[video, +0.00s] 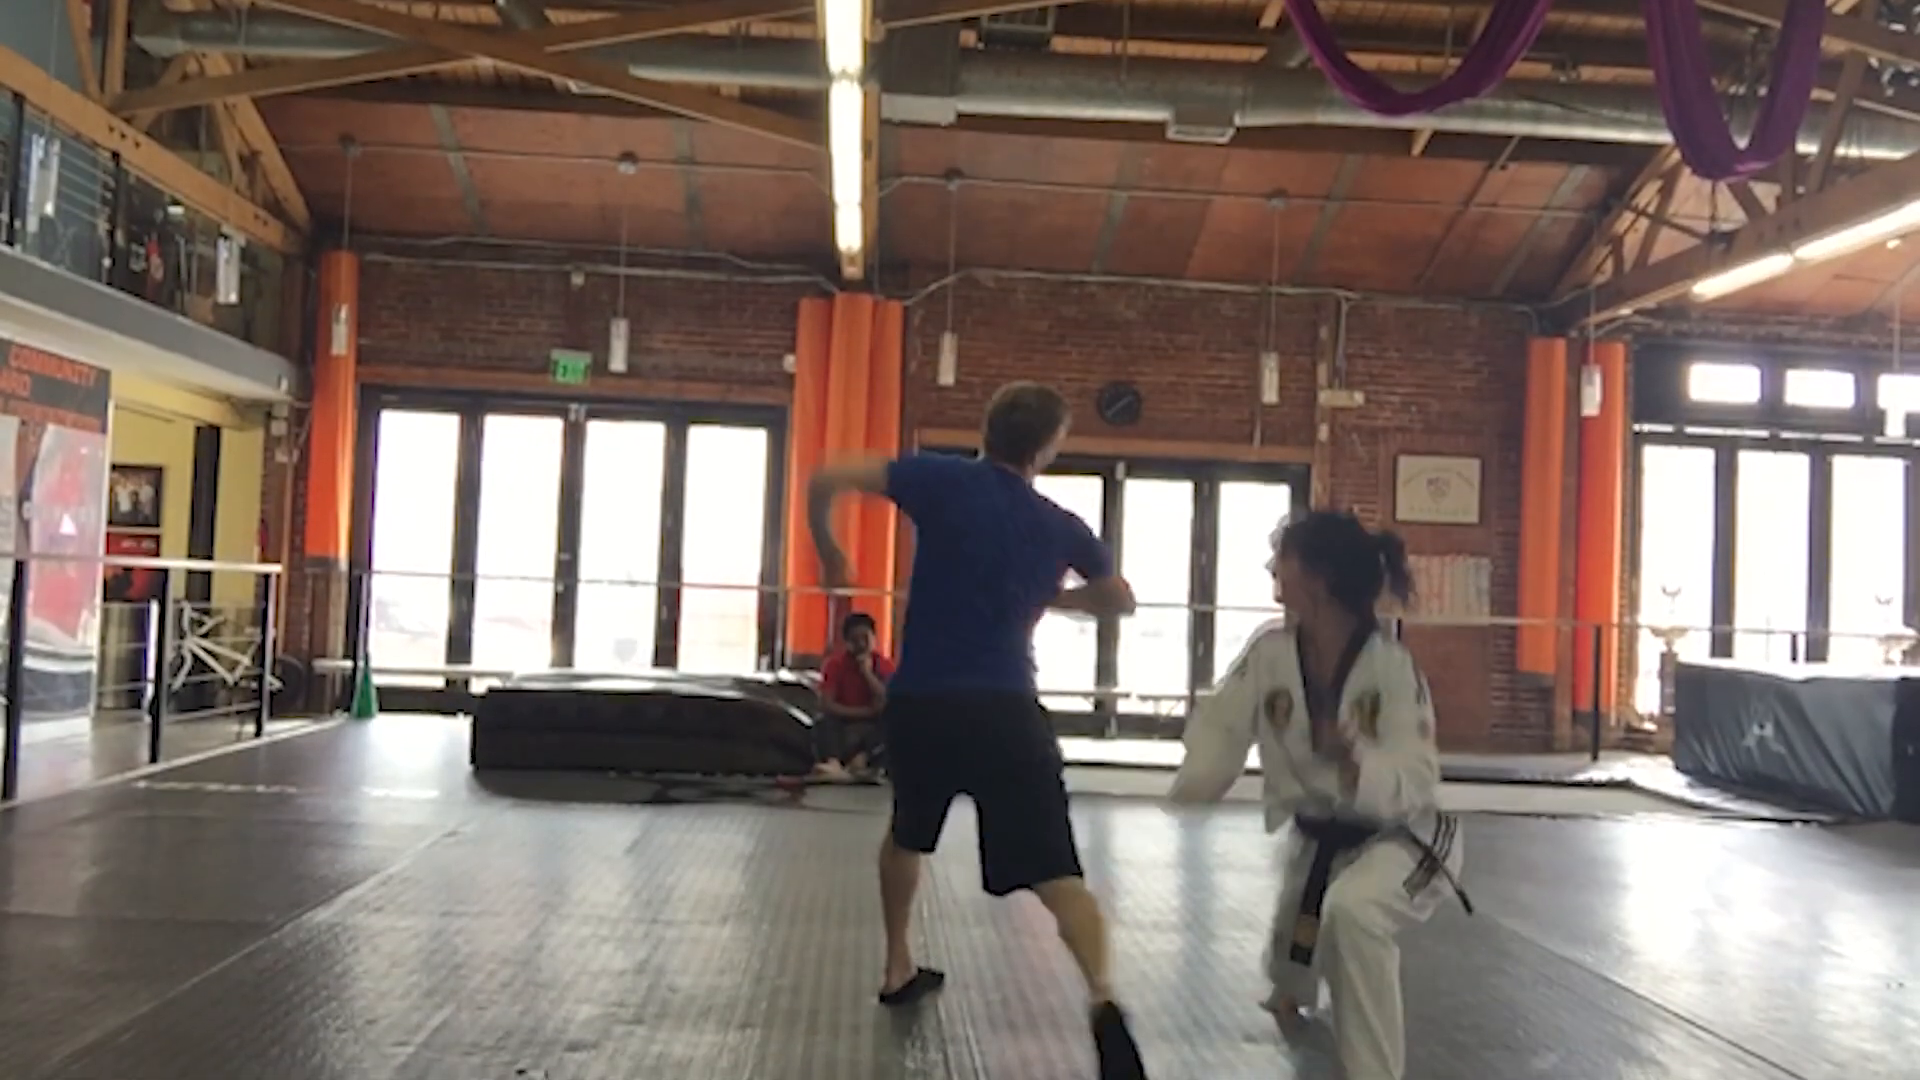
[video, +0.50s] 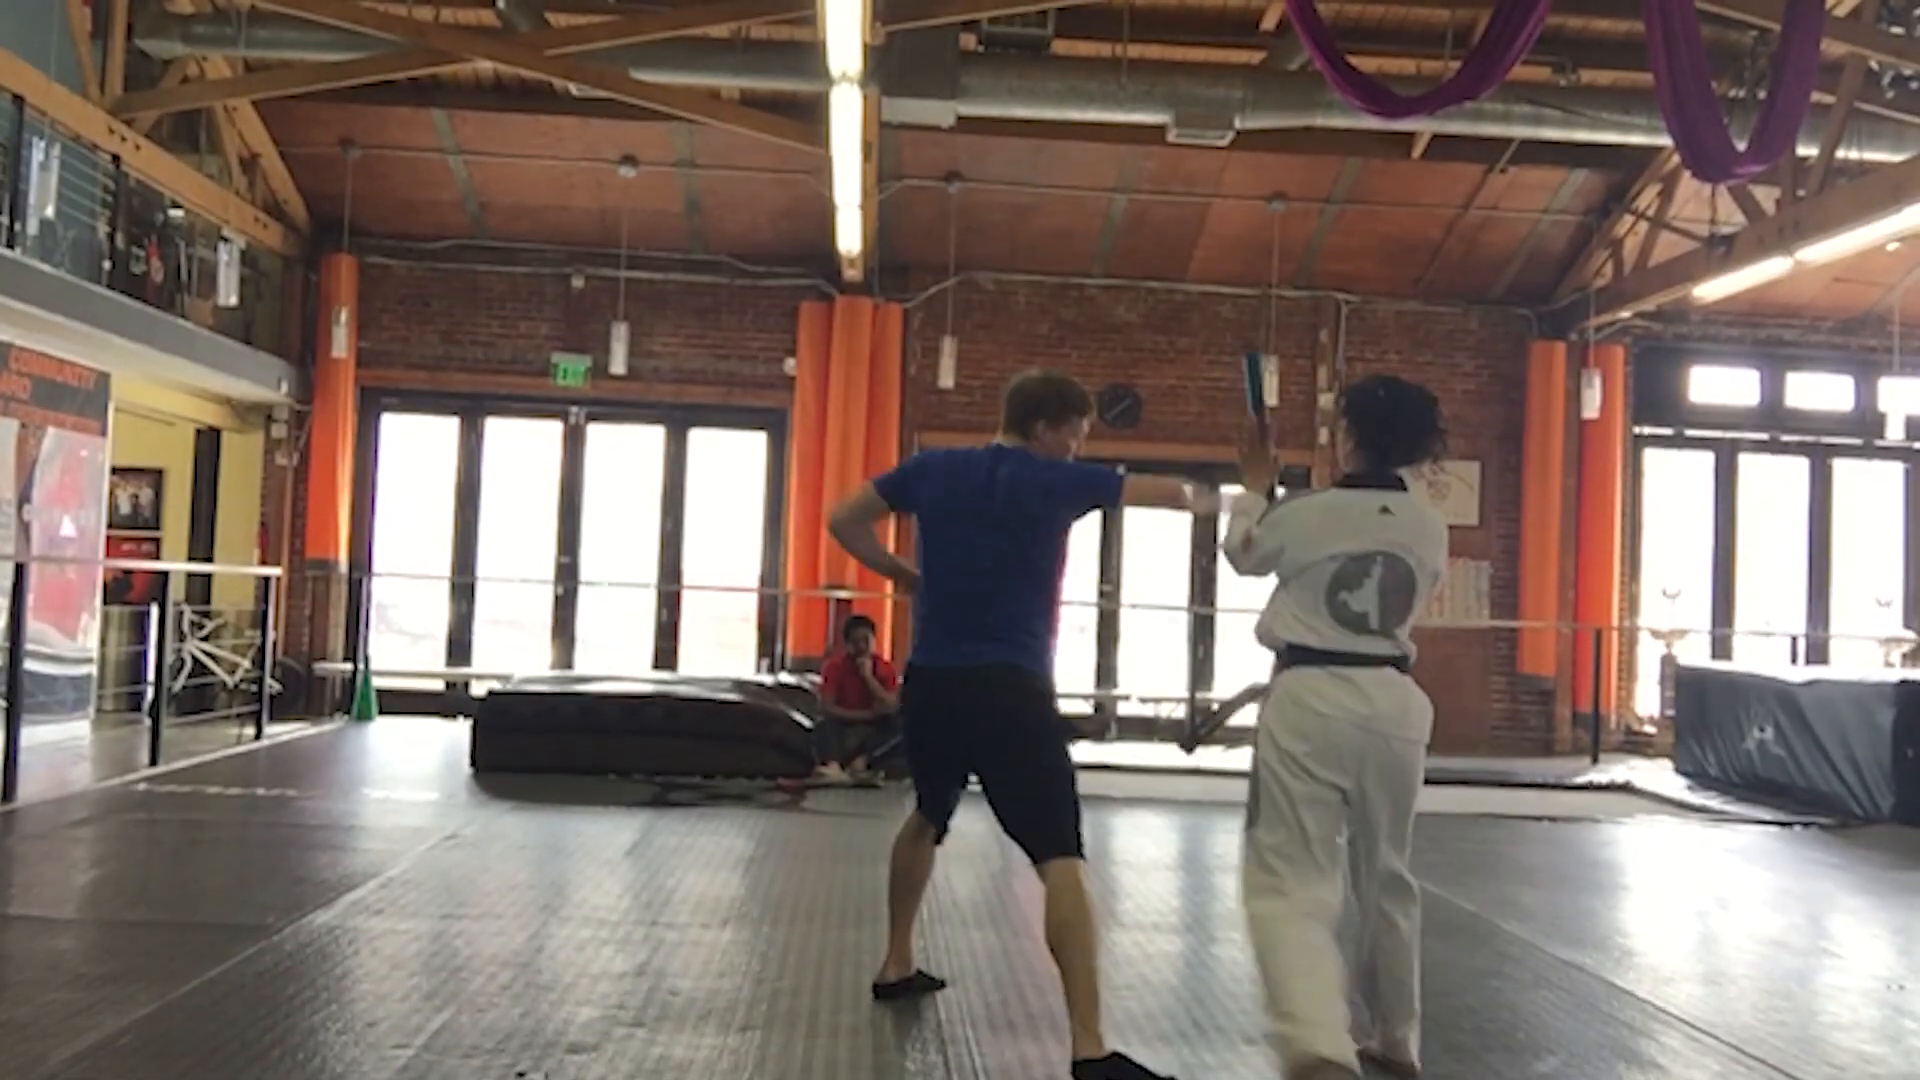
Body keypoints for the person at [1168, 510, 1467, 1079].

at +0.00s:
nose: (1274, 580)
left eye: (1283, 568)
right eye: (1276, 567)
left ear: (1323, 580)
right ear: (1317, 581)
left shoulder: (1389, 663)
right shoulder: (1270, 652)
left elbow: (1417, 779)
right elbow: (1220, 725)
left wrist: (1355, 758)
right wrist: (1191, 798)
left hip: (1398, 830)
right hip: (1315, 828)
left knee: (1352, 909)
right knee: (1286, 955)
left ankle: (1374, 1071)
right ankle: (1291, 993)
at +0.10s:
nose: (1277, 533)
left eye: (1288, 521)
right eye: (1280, 519)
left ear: (1325, 535)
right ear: (1310, 536)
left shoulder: (1385, 614)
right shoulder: (1279, 598)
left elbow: (1376, 724)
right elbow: (1216, 668)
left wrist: (1363, 642)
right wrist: (1261, 663)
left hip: (1405, 795)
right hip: (1329, 798)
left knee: (1340, 915)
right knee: (1309, 923)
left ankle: (1369, 1070)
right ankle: (1331, 994)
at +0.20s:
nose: (1304, 510)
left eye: (1323, 500)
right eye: (1305, 494)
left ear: (1370, 519)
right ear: (1303, 496)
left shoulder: (1384, 584)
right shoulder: (1295, 562)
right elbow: (1241, 626)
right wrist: (1230, 601)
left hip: (1396, 768)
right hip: (1332, 772)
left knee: (1326, 912)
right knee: (1309, 905)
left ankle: (1366, 1070)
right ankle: (1409, 995)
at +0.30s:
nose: (1315, 459)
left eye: (1325, 449)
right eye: (1321, 447)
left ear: (1341, 466)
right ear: (1385, 472)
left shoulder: (1370, 554)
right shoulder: (1356, 541)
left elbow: (1242, 594)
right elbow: (1251, 592)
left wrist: (1231, 508)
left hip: (1380, 742)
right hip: (1359, 740)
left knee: (1298, 917)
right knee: (1321, 903)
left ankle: (1357, 1068)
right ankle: (1391, 1033)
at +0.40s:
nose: (1331, 444)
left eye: (1339, 433)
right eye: (1335, 430)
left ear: (1359, 445)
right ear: (1408, 450)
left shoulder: (1323, 530)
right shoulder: (1422, 526)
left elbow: (1225, 569)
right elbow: (1341, 578)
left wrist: (1239, 490)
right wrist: (1303, 517)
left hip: (1334, 717)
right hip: (1404, 714)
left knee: (1293, 904)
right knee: (1367, 883)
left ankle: (1360, 1066)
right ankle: (1401, 1047)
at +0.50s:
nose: (1332, 437)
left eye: (1339, 427)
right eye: (1337, 425)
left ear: (1353, 438)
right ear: (1414, 444)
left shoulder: (1304, 512)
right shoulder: (1430, 526)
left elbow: (1244, 554)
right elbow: (1403, 594)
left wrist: (1255, 492)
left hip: (1308, 697)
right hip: (1396, 700)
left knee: (1292, 877)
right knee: (1389, 878)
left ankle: (1320, 1051)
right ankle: (1398, 1046)